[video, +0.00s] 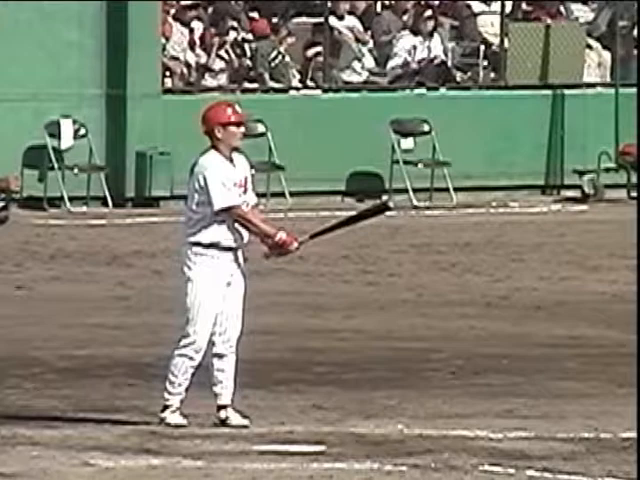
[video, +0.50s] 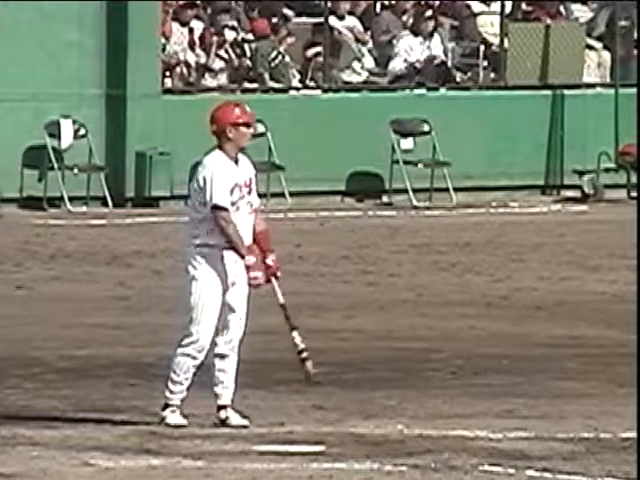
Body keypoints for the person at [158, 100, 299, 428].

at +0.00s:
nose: (242, 129)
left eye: (241, 124)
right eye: (235, 125)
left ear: (234, 130)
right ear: (217, 131)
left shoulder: (241, 164)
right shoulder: (209, 166)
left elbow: (250, 209)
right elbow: (234, 211)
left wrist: (269, 239)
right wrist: (275, 234)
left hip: (232, 255)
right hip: (205, 256)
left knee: (228, 336)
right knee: (197, 333)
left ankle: (224, 405)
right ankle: (171, 404)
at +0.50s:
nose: (251, 131)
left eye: (250, 125)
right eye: (245, 126)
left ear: (237, 131)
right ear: (228, 132)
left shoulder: (245, 165)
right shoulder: (212, 168)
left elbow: (255, 212)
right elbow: (224, 220)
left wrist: (267, 251)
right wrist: (250, 258)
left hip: (236, 255)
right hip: (207, 255)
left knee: (230, 336)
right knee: (200, 334)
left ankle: (224, 405)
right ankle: (172, 404)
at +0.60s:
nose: (255, 131)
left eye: (254, 126)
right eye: (249, 126)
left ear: (238, 131)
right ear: (232, 130)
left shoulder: (248, 166)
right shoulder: (212, 166)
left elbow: (255, 214)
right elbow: (206, 214)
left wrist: (260, 254)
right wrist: (219, 257)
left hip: (242, 252)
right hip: (213, 251)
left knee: (231, 333)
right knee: (205, 327)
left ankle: (225, 404)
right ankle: (173, 401)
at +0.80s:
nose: (259, 132)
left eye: (258, 126)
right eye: (253, 127)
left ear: (244, 131)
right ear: (236, 131)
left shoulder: (254, 167)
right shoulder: (208, 164)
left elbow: (251, 214)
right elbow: (185, 207)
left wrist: (251, 247)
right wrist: (170, 247)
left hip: (241, 255)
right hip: (210, 254)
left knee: (232, 334)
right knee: (206, 328)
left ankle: (224, 404)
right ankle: (173, 397)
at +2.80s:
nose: (223, 147)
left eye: (228, 142)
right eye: (217, 142)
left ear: (238, 142)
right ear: (207, 143)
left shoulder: (255, 171)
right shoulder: (192, 171)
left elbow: (264, 221)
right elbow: (175, 213)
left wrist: (272, 257)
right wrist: (166, 251)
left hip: (236, 262)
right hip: (197, 260)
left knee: (232, 337)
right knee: (195, 337)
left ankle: (232, 410)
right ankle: (188, 410)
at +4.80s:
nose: (210, 175)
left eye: (215, 169)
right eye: (204, 169)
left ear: (222, 162)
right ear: (191, 162)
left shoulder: (235, 182)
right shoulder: (169, 179)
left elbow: (244, 231)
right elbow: (147, 222)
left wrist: (253, 272)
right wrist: (140, 261)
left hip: (214, 275)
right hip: (175, 274)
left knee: (215, 349)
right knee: (169, 347)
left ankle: (211, 417)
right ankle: (155, 419)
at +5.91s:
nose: (190, 168)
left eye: (192, 162)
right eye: (183, 164)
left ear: (196, 155)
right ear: (166, 159)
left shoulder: (211, 179)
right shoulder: (147, 185)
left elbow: (225, 227)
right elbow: (130, 228)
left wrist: (234, 271)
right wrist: (124, 269)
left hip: (207, 274)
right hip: (167, 277)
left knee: (224, 345)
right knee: (162, 353)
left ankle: (239, 412)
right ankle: (154, 421)